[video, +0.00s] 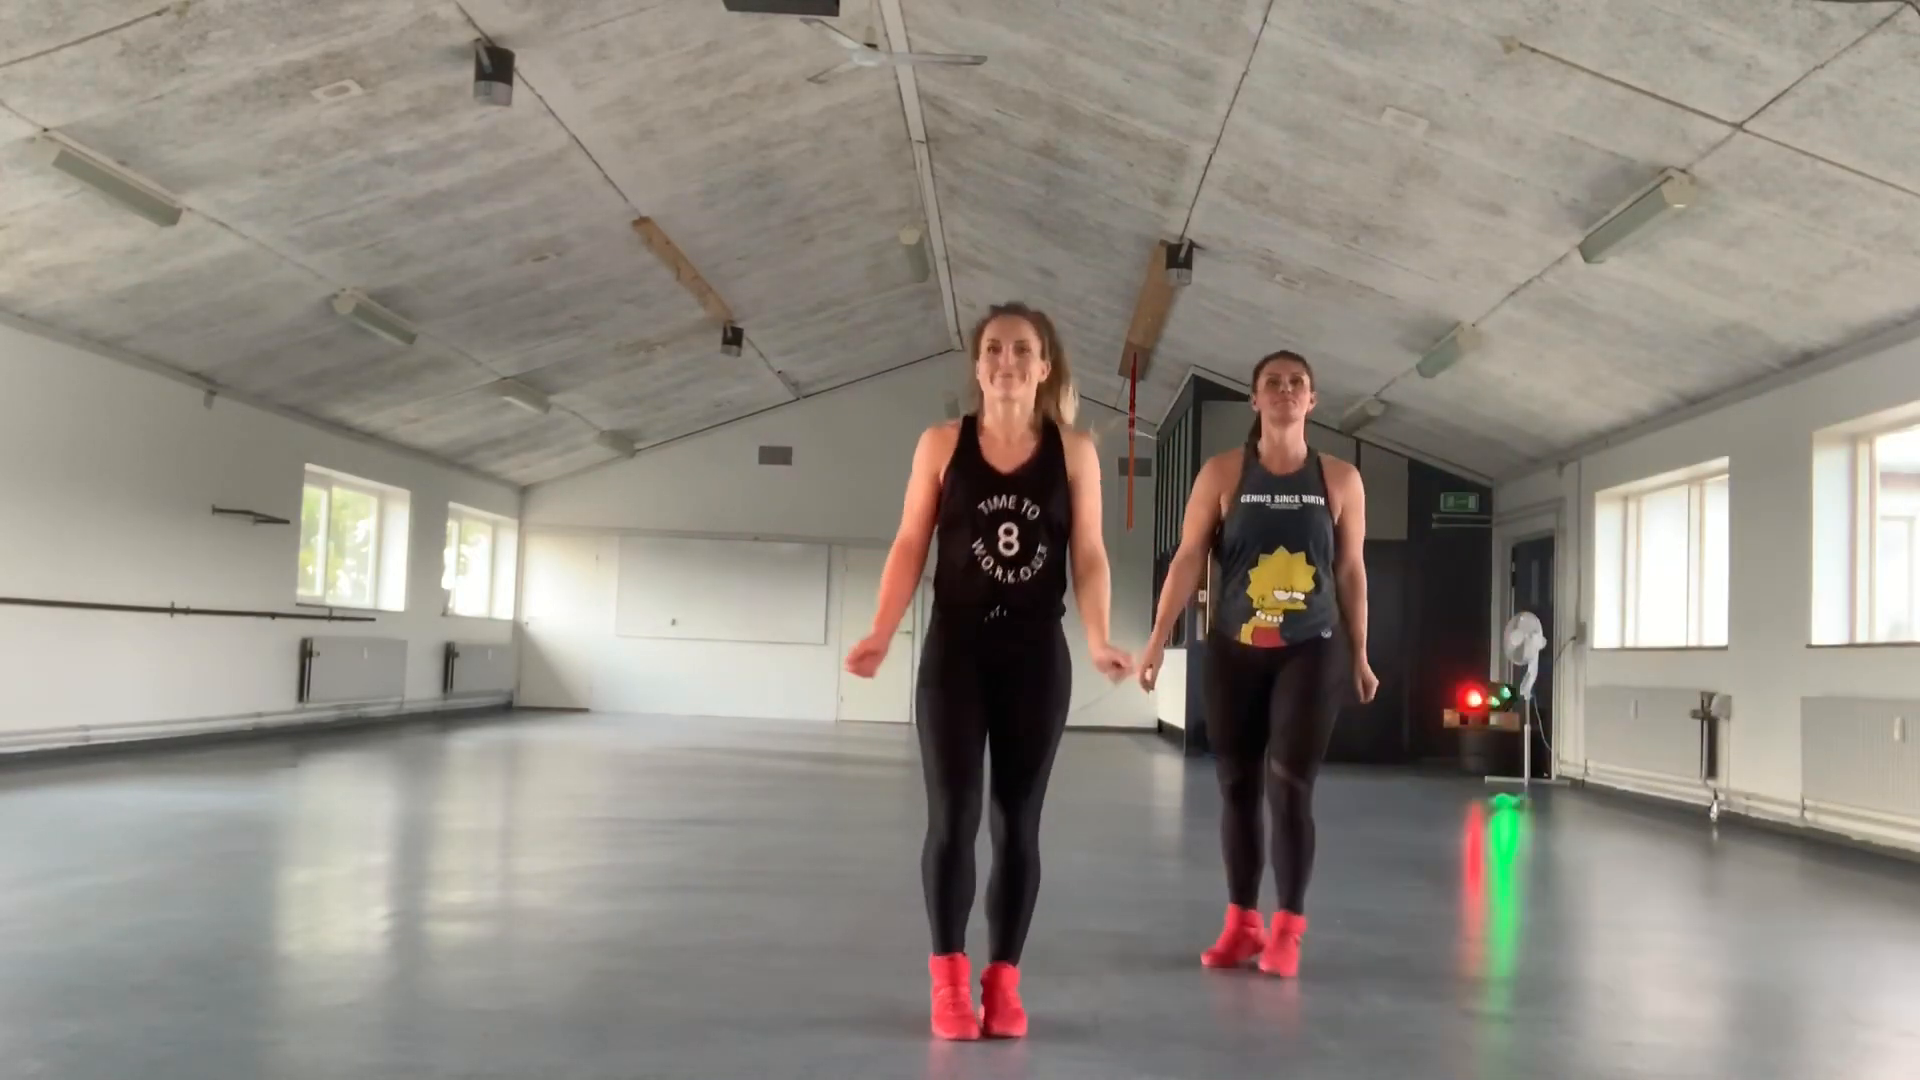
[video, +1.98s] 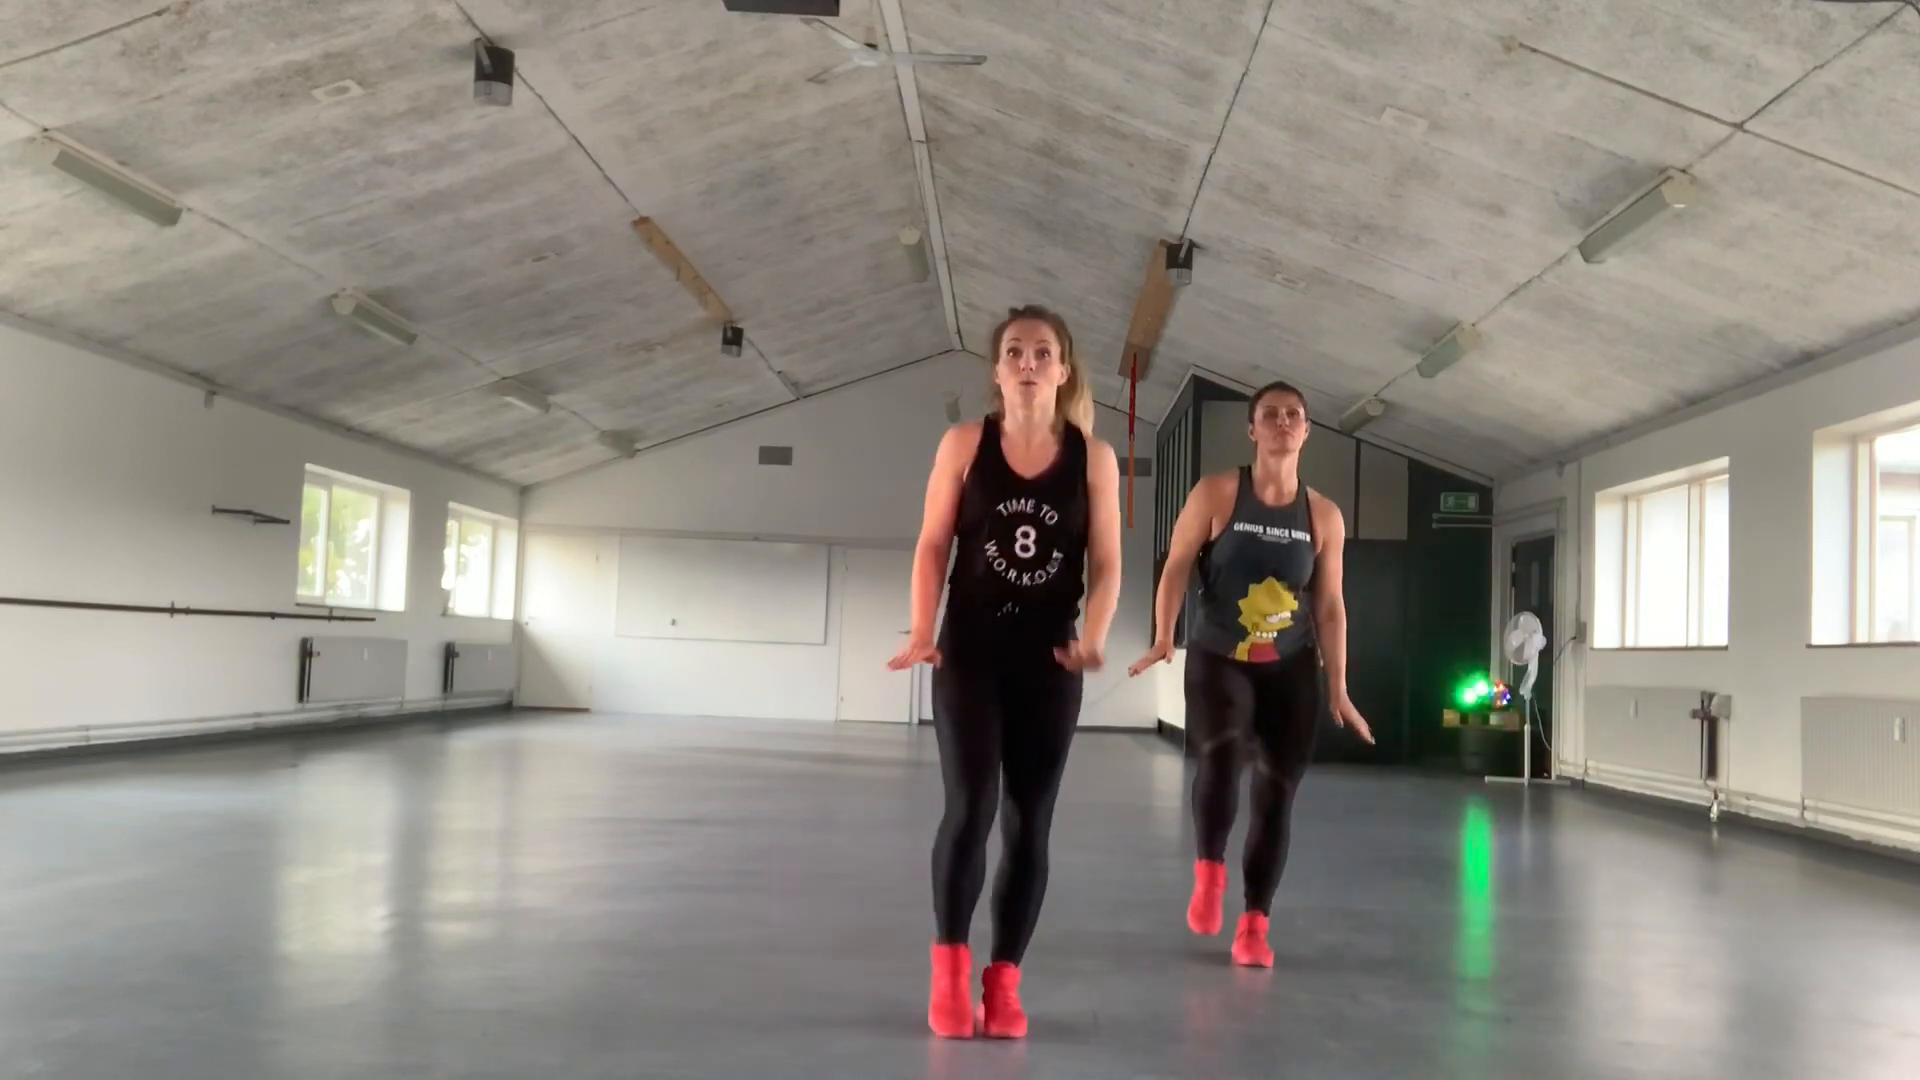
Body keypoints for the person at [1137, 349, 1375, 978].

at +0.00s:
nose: (1285, 392)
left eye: (1295, 383)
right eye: (1273, 384)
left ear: (1312, 399)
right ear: (1255, 399)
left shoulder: (1341, 479)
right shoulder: (1221, 471)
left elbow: (1351, 570)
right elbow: (1188, 557)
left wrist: (1359, 653)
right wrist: (1157, 639)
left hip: (1310, 650)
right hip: (1232, 651)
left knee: (1288, 779)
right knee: (1237, 786)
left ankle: (1288, 925)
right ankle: (1242, 921)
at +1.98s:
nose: (1283, 423)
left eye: (1293, 415)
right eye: (1271, 415)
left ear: (1306, 430)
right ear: (1252, 428)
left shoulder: (1324, 514)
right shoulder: (1214, 494)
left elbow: (1331, 607)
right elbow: (1175, 566)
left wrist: (1339, 689)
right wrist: (1164, 635)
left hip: (1291, 666)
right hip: (1218, 660)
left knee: (1275, 792)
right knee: (1222, 749)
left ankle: (1256, 921)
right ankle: (1210, 867)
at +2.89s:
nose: (1209, 405)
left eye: (1220, 397)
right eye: (1198, 396)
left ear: (1234, 413)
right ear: (1177, 408)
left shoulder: (1254, 481)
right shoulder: (1140, 478)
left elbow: (1264, 566)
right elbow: (1110, 560)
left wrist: (1263, 647)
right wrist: (1083, 640)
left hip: (1214, 648)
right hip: (1142, 643)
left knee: (1202, 776)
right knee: (1145, 769)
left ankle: (1202, 907)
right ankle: (1143, 897)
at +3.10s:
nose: (1156, 408)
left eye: (1166, 401)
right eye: (1145, 399)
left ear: (1180, 418)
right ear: (1125, 412)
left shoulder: (1200, 491)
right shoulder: (1092, 474)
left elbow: (1211, 578)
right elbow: (1061, 557)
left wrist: (1213, 660)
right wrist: (1039, 638)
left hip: (1172, 655)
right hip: (1100, 649)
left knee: (1164, 785)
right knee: (1069, 731)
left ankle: (1173, 913)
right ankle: (1071, 858)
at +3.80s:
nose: (981, 400)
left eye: (992, 392)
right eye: (971, 390)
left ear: (1008, 406)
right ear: (954, 402)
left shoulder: (1033, 480)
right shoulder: (923, 476)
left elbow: (1076, 560)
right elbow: (873, 540)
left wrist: (1110, 630)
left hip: (994, 649)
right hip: (925, 642)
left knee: (968, 779)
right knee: (894, 762)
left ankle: (979, 903)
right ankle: (925, 895)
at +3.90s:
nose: (966, 402)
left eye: (977, 394)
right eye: (956, 393)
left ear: (994, 410)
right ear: (939, 406)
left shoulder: (1014, 486)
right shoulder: (907, 474)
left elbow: (1059, 561)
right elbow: (839, 515)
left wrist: (1126, 598)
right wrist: (860, 454)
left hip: (986, 650)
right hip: (920, 649)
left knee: (965, 783)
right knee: (850, 751)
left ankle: (976, 907)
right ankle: (891, 884)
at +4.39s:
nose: (879, 414)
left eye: (890, 405)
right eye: (869, 405)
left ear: (907, 417)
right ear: (856, 418)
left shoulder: (929, 472)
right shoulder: (829, 469)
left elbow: (957, 388)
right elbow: (774, 405)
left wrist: (909, 327)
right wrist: (773, 332)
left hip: (879, 658)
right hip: (806, 649)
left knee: (934, 773)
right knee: (784, 774)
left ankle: (948, 910)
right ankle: (747, 906)